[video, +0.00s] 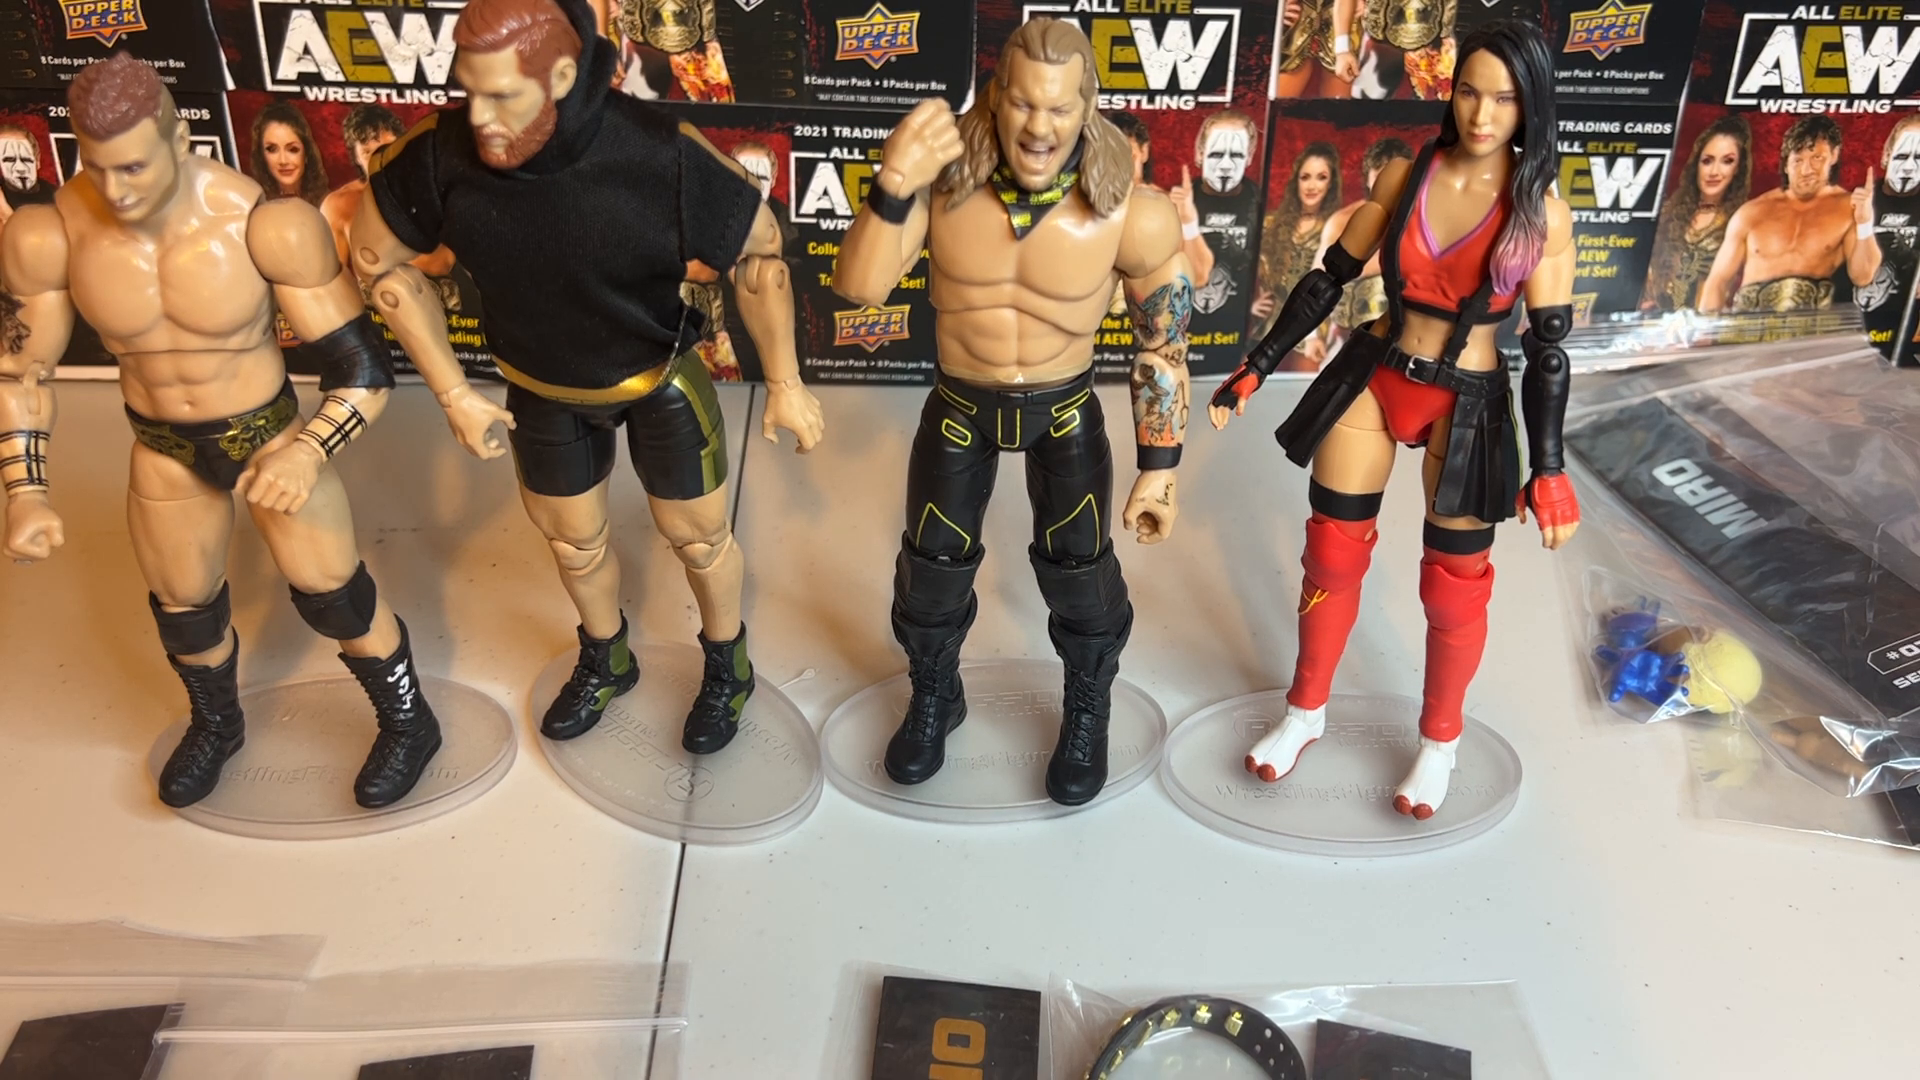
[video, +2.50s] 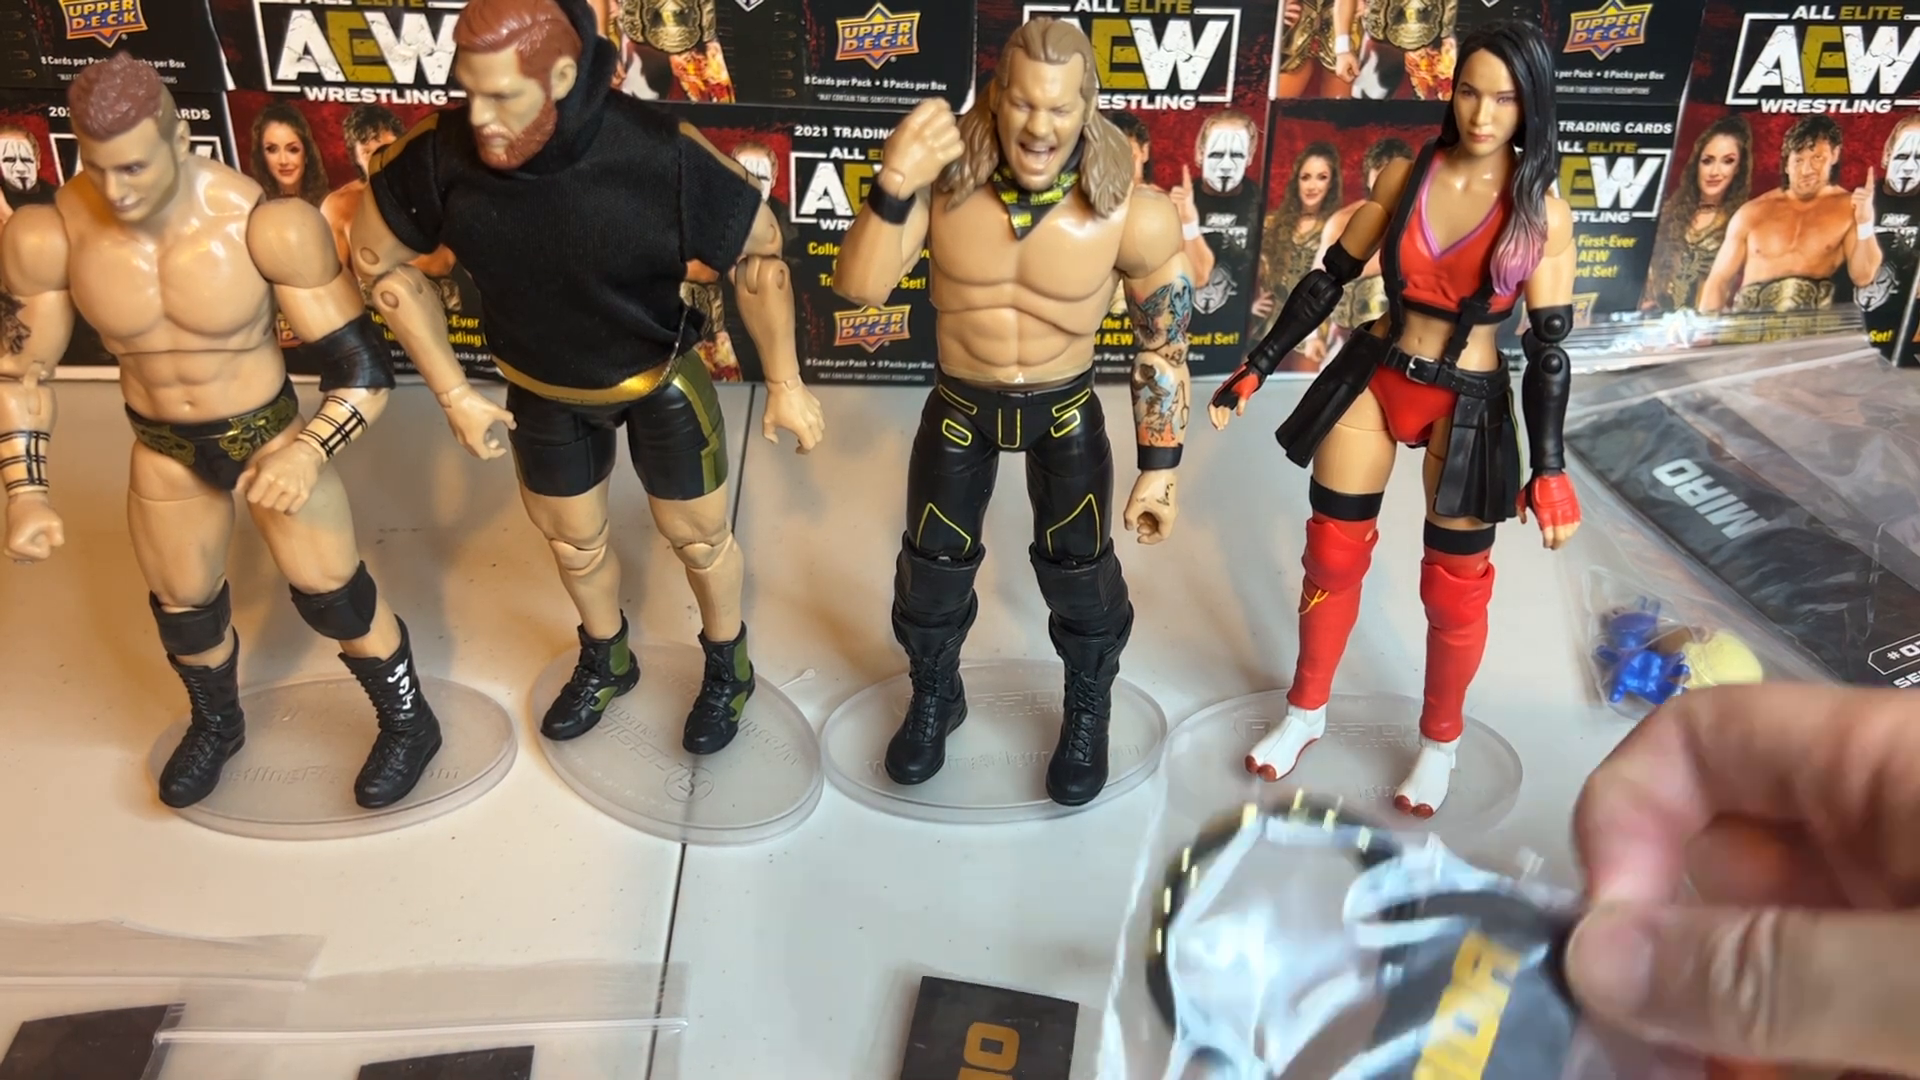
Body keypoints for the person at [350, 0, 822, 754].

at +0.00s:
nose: (481, 119)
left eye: (503, 96)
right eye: (468, 95)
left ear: (564, 76)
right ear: (456, 81)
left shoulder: (653, 155)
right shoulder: (442, 159)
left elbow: (757, 245)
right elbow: (373, 252)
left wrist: (784, 382)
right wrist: (452, 392)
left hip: (661, 381)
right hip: (542, 393)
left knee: (700, 540)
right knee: (575, 546)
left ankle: (726, 667)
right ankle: (607, 661)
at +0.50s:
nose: (481, 119)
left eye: (503, 96)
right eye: (468, 95)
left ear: (564, 77)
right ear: (457, 81)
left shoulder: (653, 156)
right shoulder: (443, 159)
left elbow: (757, 246)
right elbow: (372, 251)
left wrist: (784, 381)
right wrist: (452, 392)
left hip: (661, 382)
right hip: (542, 394)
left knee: (700, 540)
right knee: (575, 545)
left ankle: (726, 666)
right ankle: (607, 660)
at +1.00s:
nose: (481, 119)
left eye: (503, 96)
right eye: (468, 95)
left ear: (564, 76)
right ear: (456, 81)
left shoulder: (653, 155)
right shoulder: (442, 158)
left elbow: (757, 247)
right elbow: (372, 252)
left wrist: (784, 382)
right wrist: (452, 392)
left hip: (661, 382)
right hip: (542, 394)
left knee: (700, 541)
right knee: (575, 545)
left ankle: (726, 667)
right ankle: (607, 661)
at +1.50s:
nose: (481, 119)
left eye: (503, 96)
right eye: (468, 95)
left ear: (563, 76)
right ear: (457, 81)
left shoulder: (653, 156)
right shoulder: (443, 159)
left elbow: (757, 247)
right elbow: (372, 251)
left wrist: (784, 381)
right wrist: (452, 392)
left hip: (661, 383)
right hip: (543, 395)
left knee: (700, 540)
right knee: (575, 546)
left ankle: (726, 666)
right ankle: (607, 660)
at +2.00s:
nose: (481, 120)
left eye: (503, 98)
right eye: (469, 97)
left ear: (563, 79)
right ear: (457, 83)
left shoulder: (653, 157)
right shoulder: (443, 160)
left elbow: (757, 247)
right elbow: (372, 252)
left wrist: (784, 382)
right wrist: (452, 393)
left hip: (661, 384)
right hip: (543, 396)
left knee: (700, 541)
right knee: (575, 547)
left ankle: (726, 667)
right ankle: (607, 661)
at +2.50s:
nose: (481, 119)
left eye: (503, 96)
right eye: (468, 96)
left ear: (565, 77)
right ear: (456, 81)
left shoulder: (653, 155)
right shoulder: (443, 159)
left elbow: (757, 246)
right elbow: (372, 252)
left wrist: (785, 382)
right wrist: (453, 393)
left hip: (662, 382)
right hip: (543, 394)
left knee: (700, 540)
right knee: (575, 546)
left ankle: (726, 666)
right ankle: (607, 660)